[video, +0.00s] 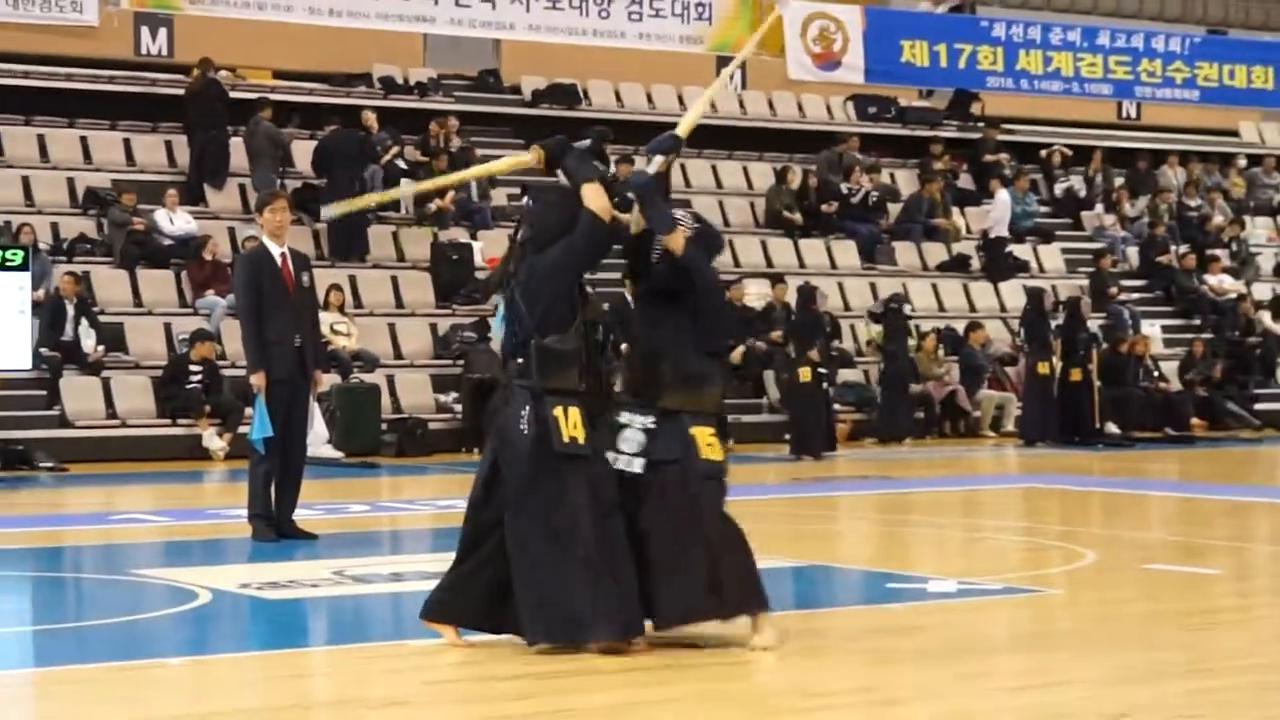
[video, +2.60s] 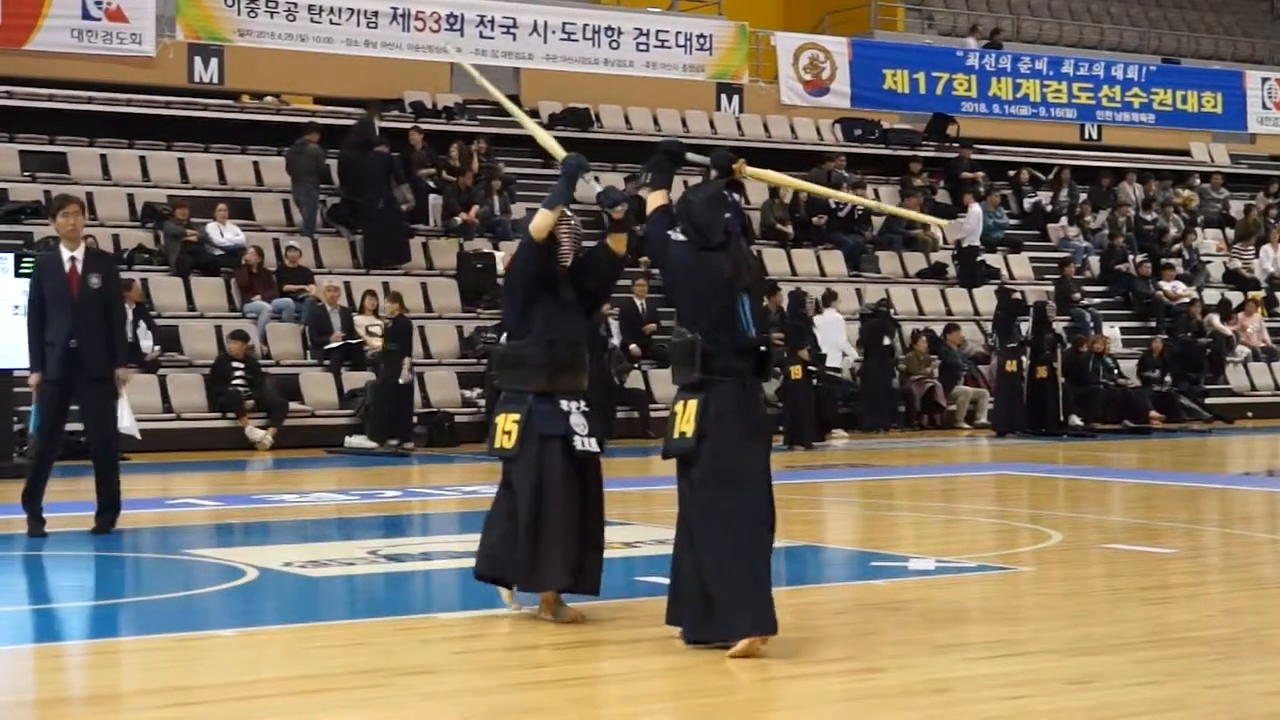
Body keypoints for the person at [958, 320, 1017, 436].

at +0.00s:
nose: (985, 335)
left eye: (984, 331)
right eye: (981, 331)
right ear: (971, 334)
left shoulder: (980, 351)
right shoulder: (967, 352)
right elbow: (982, 367)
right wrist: (990, 366)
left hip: (984, 389)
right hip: (971, 391)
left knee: (1010, 398)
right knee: (991, 397)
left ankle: (1007, 426)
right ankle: (984, 428)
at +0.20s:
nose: (973, 335)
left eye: (972, 332)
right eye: (970, 332)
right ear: (960, 334)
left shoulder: (969, 350)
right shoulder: (955, 350)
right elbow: (968, 364)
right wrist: (977, 365)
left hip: (973, 387)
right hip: (959, 388)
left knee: (998, 396)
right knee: (978, 394)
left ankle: (994, 423)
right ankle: (972, 425)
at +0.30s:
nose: (962, 336)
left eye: (962, 333)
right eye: (959, 333)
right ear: (949, 335)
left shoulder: (958, 351)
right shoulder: (946, 351)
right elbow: (958, 365)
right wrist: (966, 367)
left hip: (963, 386)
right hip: (950, 388)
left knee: (986, 395)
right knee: (968, 393)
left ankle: (983, 422)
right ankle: (961, 423)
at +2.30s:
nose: (959, 336)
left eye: (959, 334)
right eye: (957, 334)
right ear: (947, 335)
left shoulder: (956, 351)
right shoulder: (942, 350)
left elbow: (968, 362)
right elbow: (953, 364)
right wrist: (965, 366)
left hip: (959, 386)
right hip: (946, 387)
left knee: (982, 394)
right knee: (965, 392)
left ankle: (979, 420)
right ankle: (958, 421)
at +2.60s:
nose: (960, 336)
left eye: (960, 333)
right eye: (958, 333)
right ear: (948, 335)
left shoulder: (957, 351)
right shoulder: (944, 350)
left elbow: (969, 362)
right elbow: (953, 363)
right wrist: (966, 366)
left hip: (961, 385)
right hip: (948, 387)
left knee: (984, 393)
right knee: (966, 392)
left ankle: (980, 419)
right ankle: (959, 421)